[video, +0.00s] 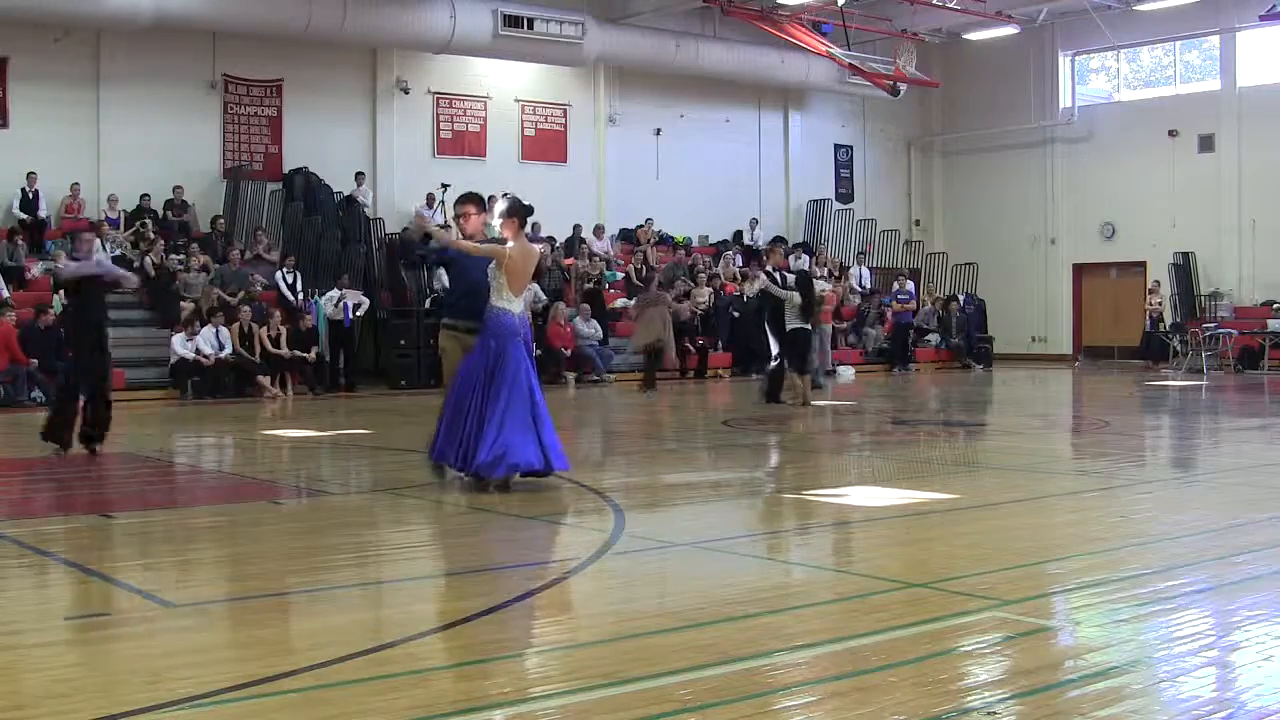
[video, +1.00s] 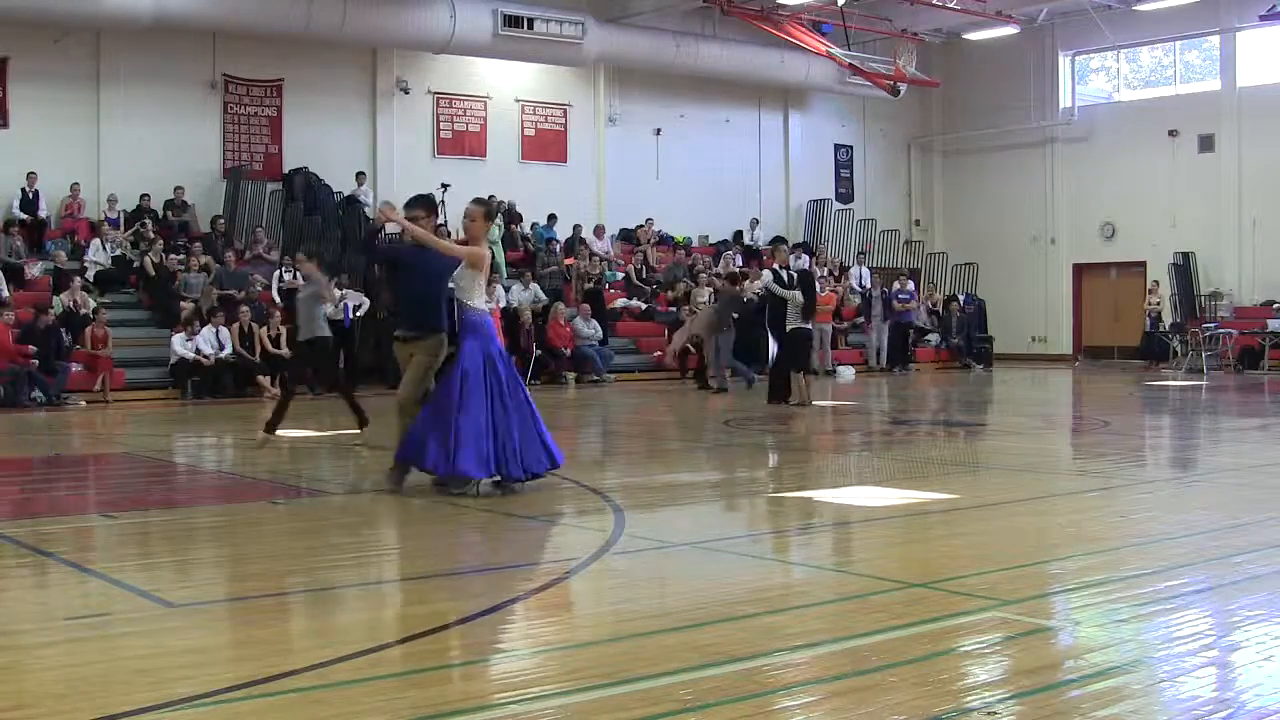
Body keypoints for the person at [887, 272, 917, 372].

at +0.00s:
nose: (901, 282)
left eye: (902, 280)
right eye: (899, 280)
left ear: (906, 281)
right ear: (897, 282)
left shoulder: (910, 294)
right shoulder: (894, 294)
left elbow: (913, 306)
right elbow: (894, 308)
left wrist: (900, 306)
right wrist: (907, 306)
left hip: (908, 321)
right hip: (897, 321)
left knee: (906, 344)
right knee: (896, 343)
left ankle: (906, 364)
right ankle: (896, 364)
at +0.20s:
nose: (901, 282)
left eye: (903, 280)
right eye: (899, 280)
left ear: (906, 281)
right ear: (897, 281)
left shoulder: (910, 294)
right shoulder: (894, 294)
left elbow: (913, 306)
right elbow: (894, 308)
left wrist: (900, 306)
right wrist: (907, 306)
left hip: (907, 321)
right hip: (897, 321)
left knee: (906, 344)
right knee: (896, 343)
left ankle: (905, 364)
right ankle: (896, 364)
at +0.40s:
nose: (901, 282)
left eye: (903, 280)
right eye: (899, 280)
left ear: (906, 281)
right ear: (897, 281)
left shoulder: (910, 294)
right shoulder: (894, 293)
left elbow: (913, 305)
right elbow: (894, 307)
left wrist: (900, 305)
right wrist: (907, 306)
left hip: (907, 322)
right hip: (896, 322)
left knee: (905, 344)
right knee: (895, 344)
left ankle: (905, 364)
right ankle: (895, 365)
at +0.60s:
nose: (901, 282)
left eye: (903, 280)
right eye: (899, 280)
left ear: (906, 281)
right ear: (897, 281)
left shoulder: (910, 294)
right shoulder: (894, 293)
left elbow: (913, 305)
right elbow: (895, 307)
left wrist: (900, 305)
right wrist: (907, 306)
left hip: (907, 322)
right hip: (896, 322)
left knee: (905, 344)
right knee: (895, 343)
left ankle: (905, 364)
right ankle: (894, 364)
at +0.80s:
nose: (902, 282)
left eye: (904, 280)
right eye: (900, 280)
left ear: (907, 281)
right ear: (898, 281)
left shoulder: (910, 293)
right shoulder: (894, 293)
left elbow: (913, 305)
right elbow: (896, 307)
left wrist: (901, 305)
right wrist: (908, 306)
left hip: (907, 321)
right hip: (897, 321)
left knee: (905, 343)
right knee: (896, 343)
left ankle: (905, 363)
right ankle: (895, 364)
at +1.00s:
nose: (902, 282)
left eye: (904, 280)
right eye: (900, 280)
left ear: (907, 281)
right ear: (898, 281)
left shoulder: (912, 293)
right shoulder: (894, 293)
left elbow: (914, 305)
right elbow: (896, 307)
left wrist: (901, 305)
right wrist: (909, 306)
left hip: (908, 321)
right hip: (897, 321)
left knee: (906, 344)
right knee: (895, 343)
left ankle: (905, 363)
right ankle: (895, 364)